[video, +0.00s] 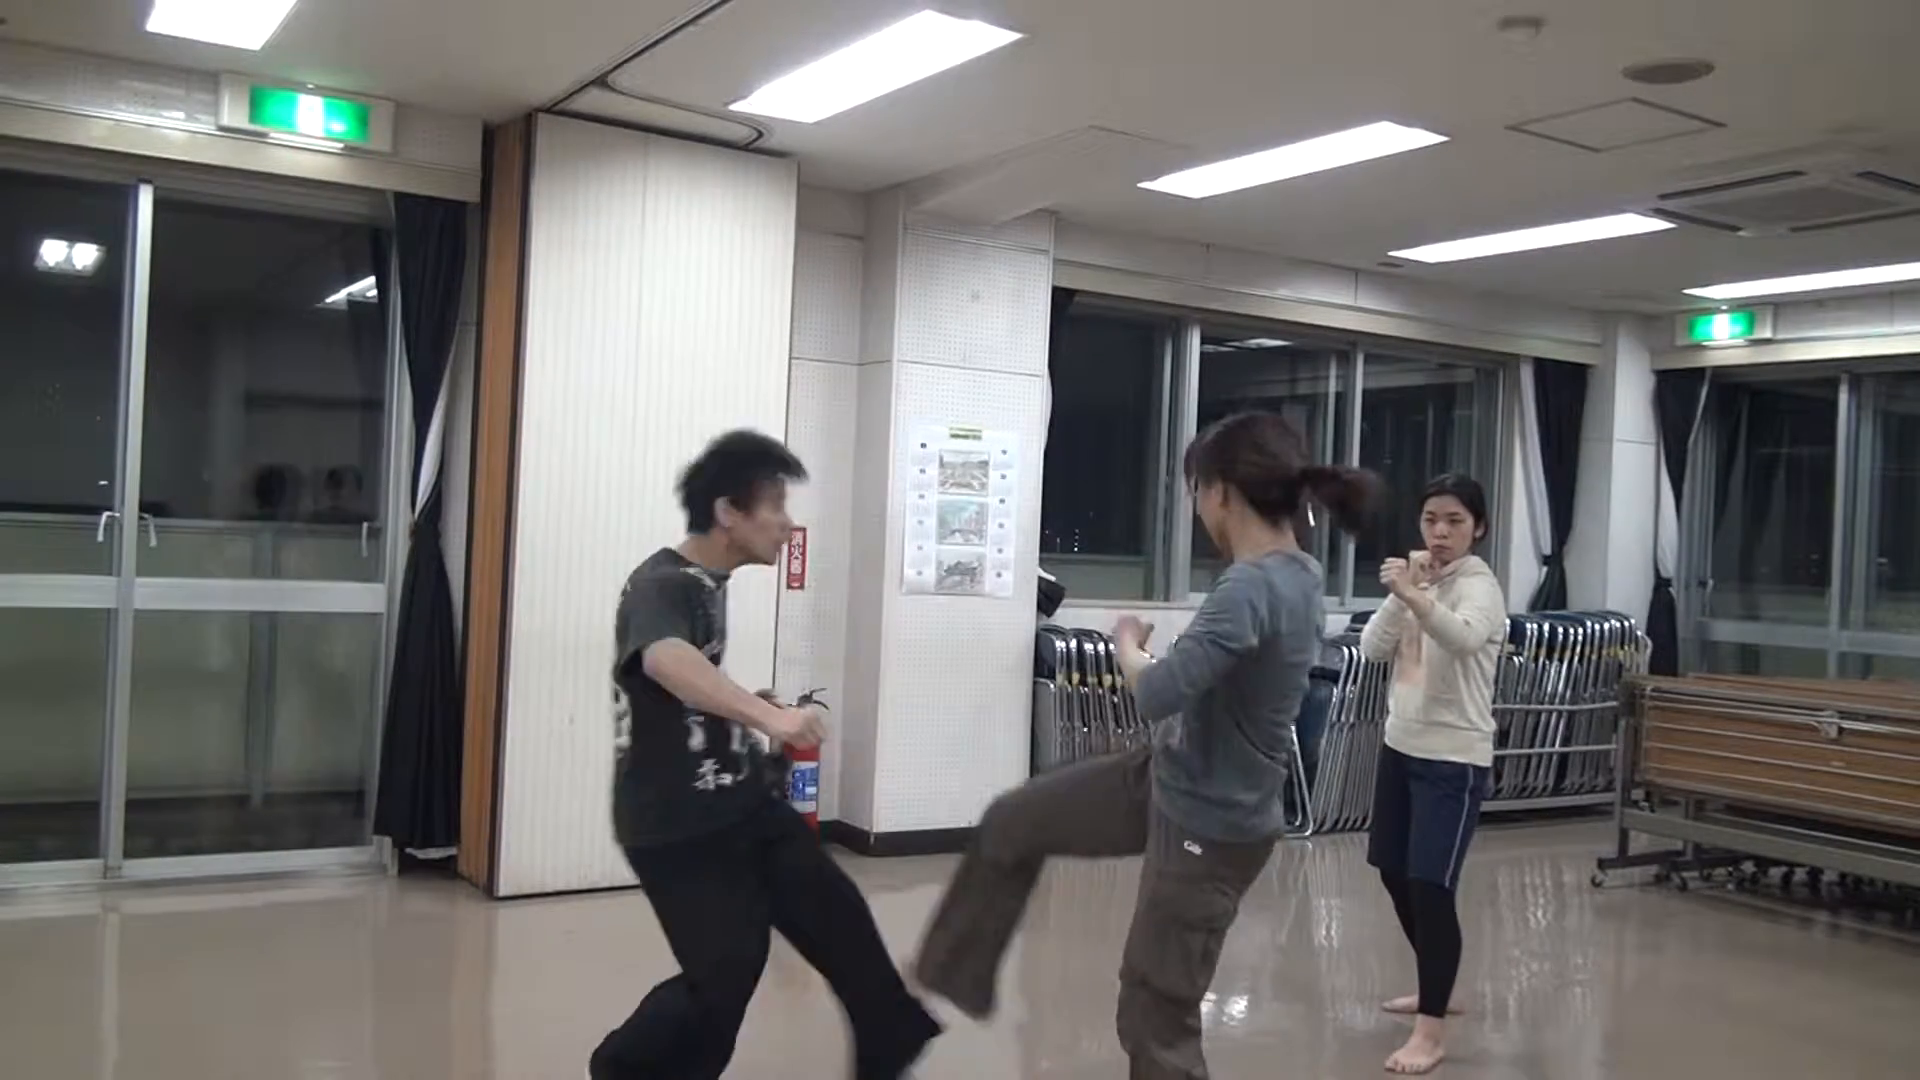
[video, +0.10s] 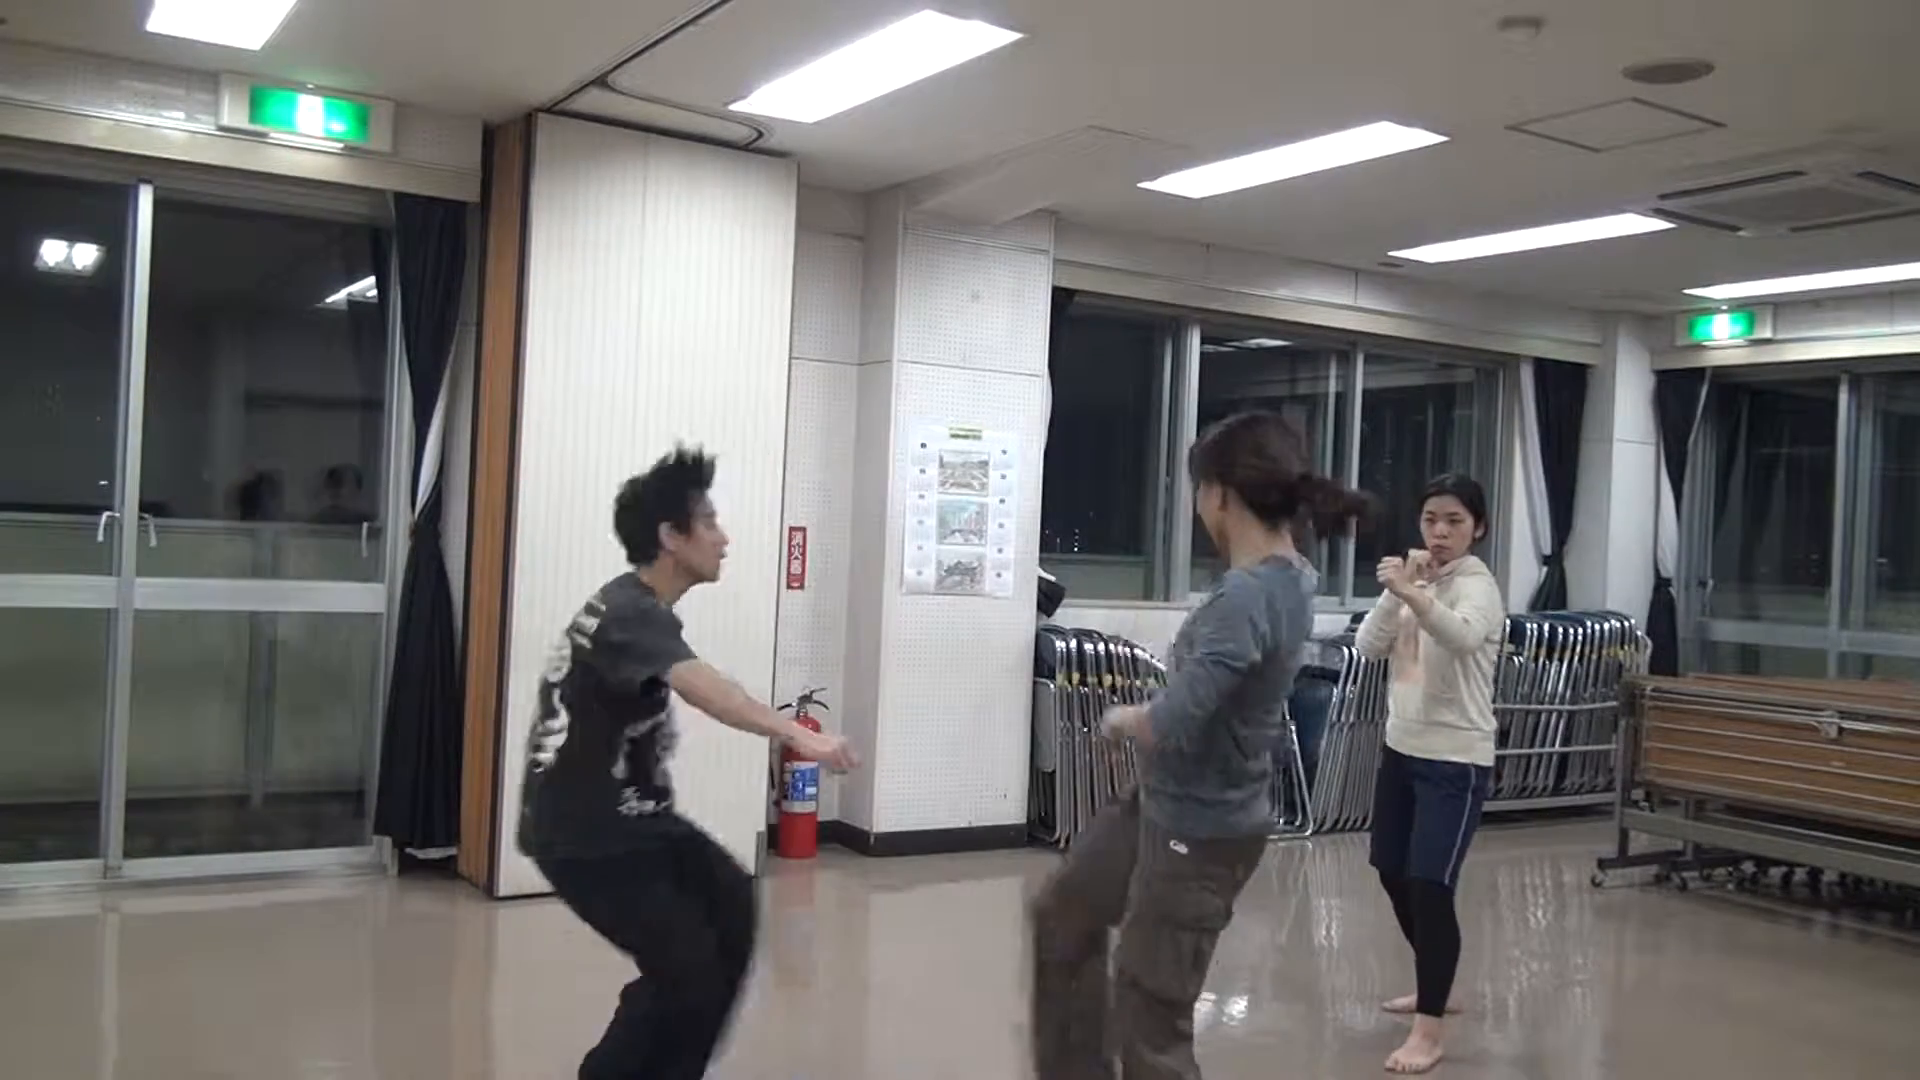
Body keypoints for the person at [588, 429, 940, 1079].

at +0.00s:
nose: (789, 525)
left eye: (786, 509)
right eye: (776, 508)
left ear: (735, 516)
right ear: (727, 514)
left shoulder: (709, 585)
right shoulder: (661, 583)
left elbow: (687, 686)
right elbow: (666, 660)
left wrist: (756, 706)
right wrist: (768, 718)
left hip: (744, 804)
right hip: (677, 822)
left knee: (836, 914)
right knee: (726, 970)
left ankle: (892, 1044)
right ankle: (623, 1067)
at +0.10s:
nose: (725, 537)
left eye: (718, 521)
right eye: (710, 523)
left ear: (671, 537)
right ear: (670, 538)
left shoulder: (634, 603)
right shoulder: (633, 610)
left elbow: (712, 689)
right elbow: (709, 692)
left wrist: (786, 728)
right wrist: (795, 737)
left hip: (633, 816)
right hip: (581, 831)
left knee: (731, 899)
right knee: (689, 959)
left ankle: (674, 1064)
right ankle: (613, 1071)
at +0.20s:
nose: (698, 591)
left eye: (693, 576)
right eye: (686, 578)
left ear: (639, 590)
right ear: (645, 591)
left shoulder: (572, 632)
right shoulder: (595, 655)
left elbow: (492, 706)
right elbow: (652, 734)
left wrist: (453, 801)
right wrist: (752, 787)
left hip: (473, 827)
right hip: (494, 840)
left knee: (568, 928)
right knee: (618, 932)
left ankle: (439, 1010)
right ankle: (625, 1069)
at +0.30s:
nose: (660, 675)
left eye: (659, 661)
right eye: (653, 661)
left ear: (601, 658)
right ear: (609, 662)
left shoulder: (521, 672)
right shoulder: (540, 700)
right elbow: (547, 807)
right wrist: (622, 909)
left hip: (366, 825)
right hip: (402, 838)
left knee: (399, 943)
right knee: (524, 917)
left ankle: (271, 1017)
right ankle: (596, 1065)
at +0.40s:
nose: (593, 768)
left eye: (599, 756)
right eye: (594, 752)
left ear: (540, 727)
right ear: (556, 738)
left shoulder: (459, 710)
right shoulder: (481, 775)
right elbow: (484, 898)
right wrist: (524, 1009)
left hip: (276, 825)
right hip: (314, 840)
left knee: (355, 918)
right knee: (442, 905)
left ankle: (257, 1010)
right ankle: (462, 1047)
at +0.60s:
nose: (477, 869)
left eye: (487, 857)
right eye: (482, 851)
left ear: (445, 807)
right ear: (456, 822)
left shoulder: (366, 780)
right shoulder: (399, 854)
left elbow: (253, 767)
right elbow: (407, 972)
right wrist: (441, 1061)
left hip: (178, 824)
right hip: (173, 876)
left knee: (313, 898)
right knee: (205, 1036)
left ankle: (260, 1030)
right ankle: (53, 1026)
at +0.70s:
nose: (422, 869)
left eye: (433, 859)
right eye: (429, 854)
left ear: (392, 808)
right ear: (399, 823)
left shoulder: (319, 795)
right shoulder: (345, 851)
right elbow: (373, 966)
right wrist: (433, 1055)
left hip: (132, 856)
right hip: (119, 896)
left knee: (284, 900)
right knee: (155, 1045)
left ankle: (242, 1030)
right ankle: (8, 1030)